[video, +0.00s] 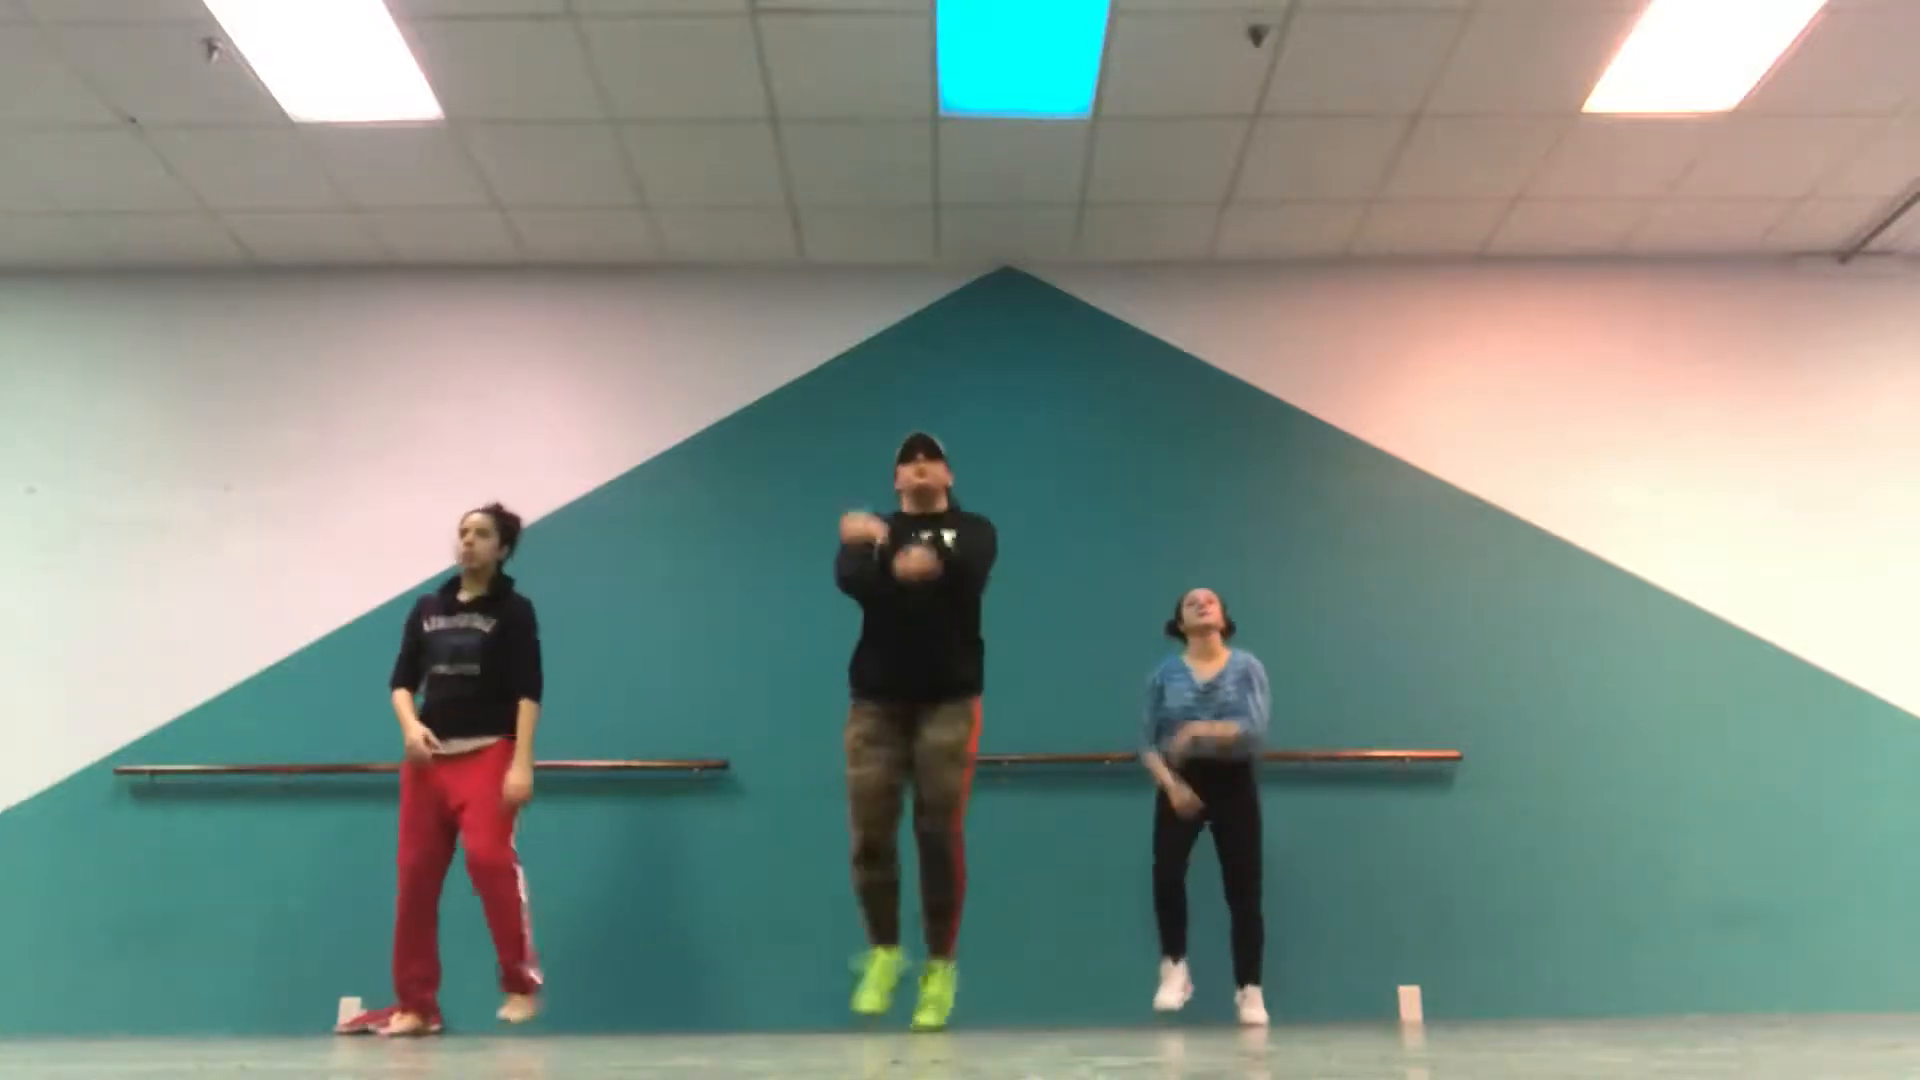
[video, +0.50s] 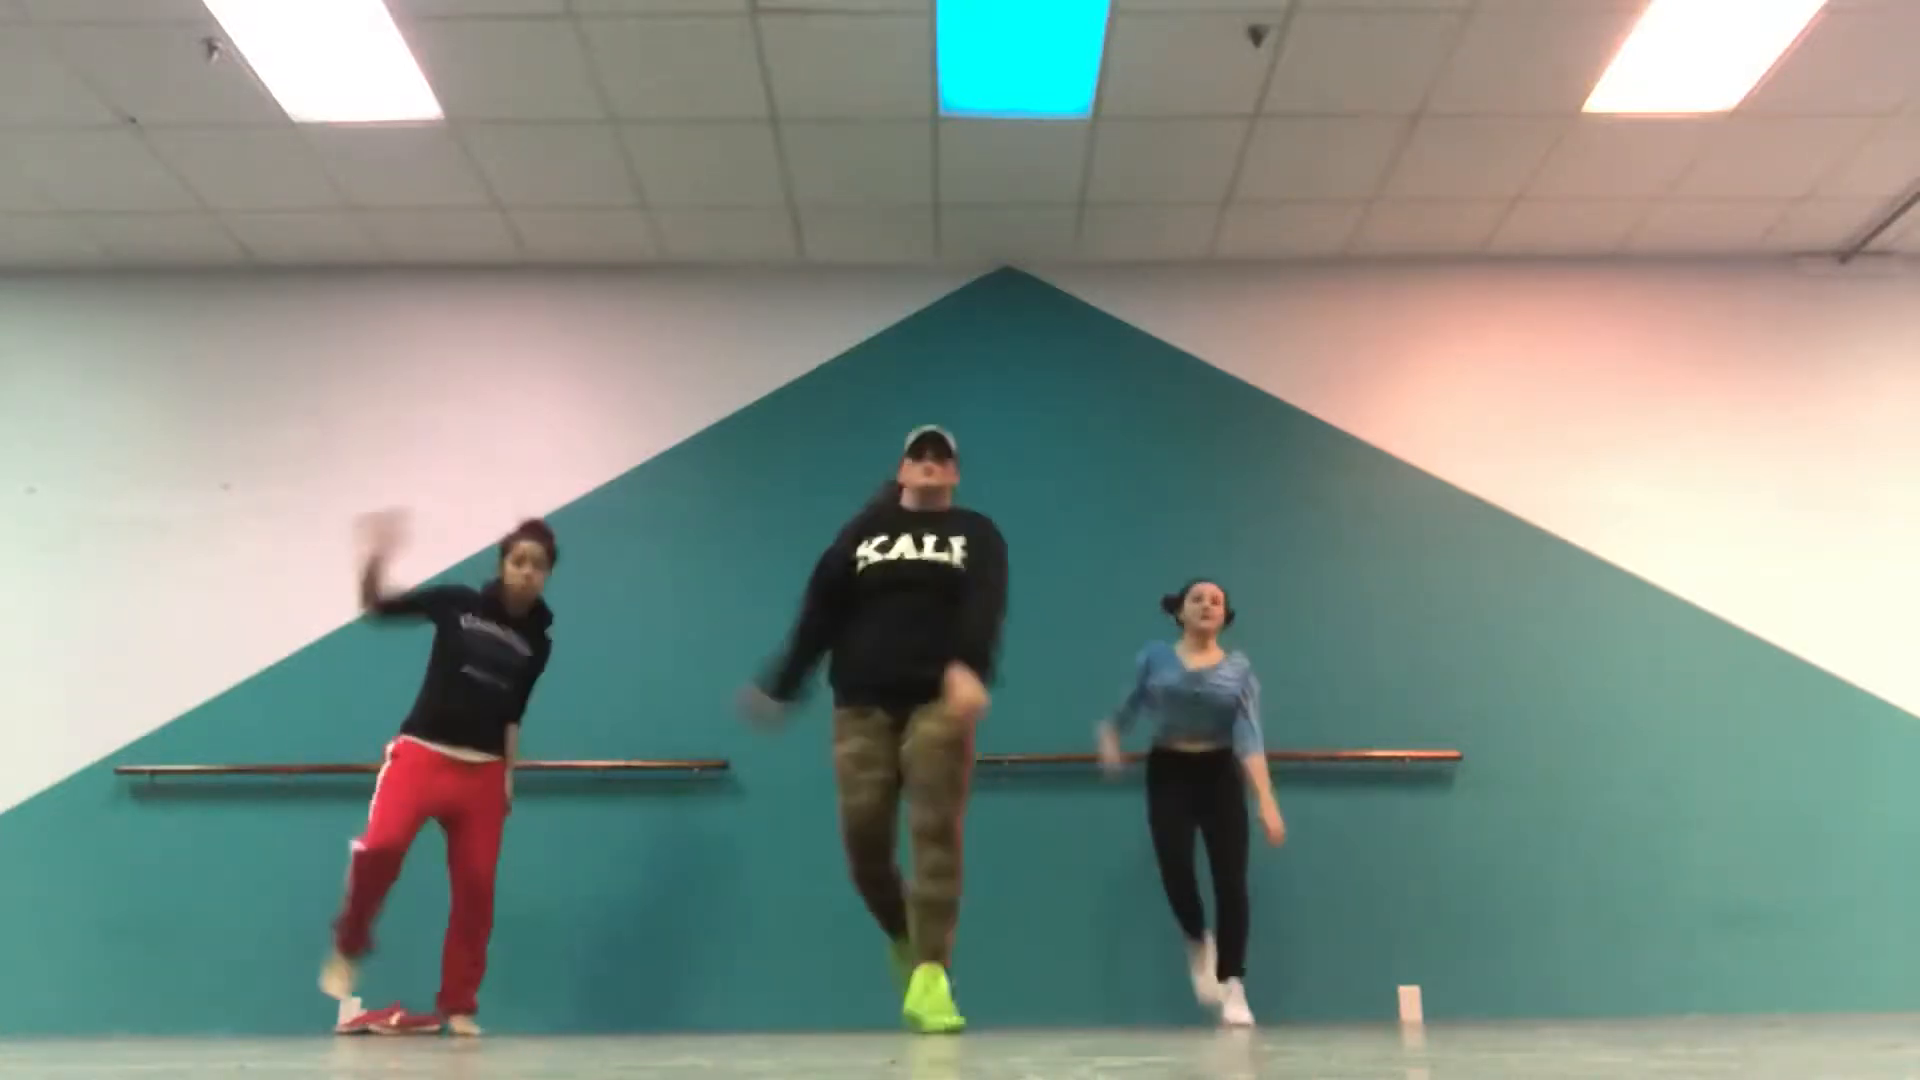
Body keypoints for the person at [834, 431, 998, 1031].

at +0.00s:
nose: (919, 468)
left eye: (930, 460)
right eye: (909, 461)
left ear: (948, 475)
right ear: (895, 476)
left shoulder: (972, 529)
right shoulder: (871, 528)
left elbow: (958, 565)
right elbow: (850, 574)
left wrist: (869, 538)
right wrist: (898, 561)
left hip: (948, 699)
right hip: (876, 698)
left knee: (938, 830)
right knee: (869, 833)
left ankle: (939, 963)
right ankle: (882, 952)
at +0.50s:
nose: (929, 466)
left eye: (940, 460)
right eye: (919, 458)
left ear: (954, 475)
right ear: (900, 472)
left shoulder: (976, 534)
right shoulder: (862, 532)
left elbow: (984, 604)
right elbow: (821, 610)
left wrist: (971, 663)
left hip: (940, 699)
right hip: (862, 703)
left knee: (935, 833)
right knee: (864, 842)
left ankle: (933, 972)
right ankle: (903, 941)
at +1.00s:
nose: (931, 537)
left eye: (941, 526)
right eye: (920, 522)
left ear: (950, 533)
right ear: (891, 523)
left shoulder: (923, 601)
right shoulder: (854, 575)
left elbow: (887, 674)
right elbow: (836, 657)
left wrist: (858, 746)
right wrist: (825, 743)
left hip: (844, 754)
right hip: (767, 743)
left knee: (934, 834)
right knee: (683, 862)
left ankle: (924, 989)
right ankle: (573, 989)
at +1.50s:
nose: (803, 489)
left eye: (817, 476)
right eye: (792, 477)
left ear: (847, 483)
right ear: (781, 488)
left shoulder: (883, 535)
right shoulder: (781, 576)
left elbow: (913, 628)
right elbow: (789, 667)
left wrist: (878, 709)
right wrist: (817, 723)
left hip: (944, 696)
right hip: (864, 719)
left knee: (1013, 822)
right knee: (781, 824)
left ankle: (1118, 957)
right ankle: (805, 981)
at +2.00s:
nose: (893, 451)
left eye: (904, 441)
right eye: (882, 440)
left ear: (924, 450)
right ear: (865, 451)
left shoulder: (952, 492)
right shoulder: (844, 505)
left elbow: (948, 520)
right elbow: (765, 522)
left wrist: (868, 544)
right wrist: (817, 548)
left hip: (986, 668)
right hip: (912, 693)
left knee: (898, 723)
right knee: (945, 858)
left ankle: (1008, 785)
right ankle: (1009, 982)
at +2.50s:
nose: (818, 410)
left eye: (833, 399)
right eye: (809, 397)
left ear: (857, 407)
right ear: (792, 402)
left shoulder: (882, 475)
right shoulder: (755, 468)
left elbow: (932, 539)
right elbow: (699, 525)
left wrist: (843, 536)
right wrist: (771, 533)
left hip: (859, 664)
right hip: (780, 670)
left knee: (814, 797)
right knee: (755, 800)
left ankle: (812, 975)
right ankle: (874, 877)